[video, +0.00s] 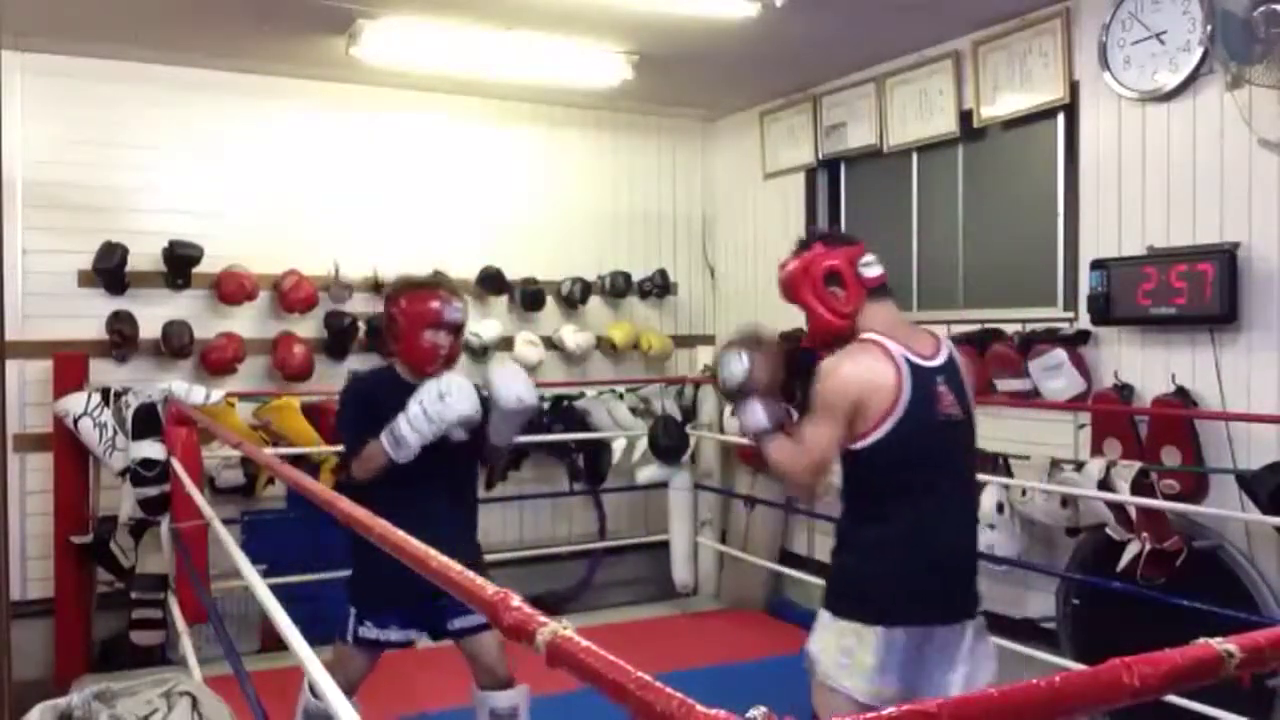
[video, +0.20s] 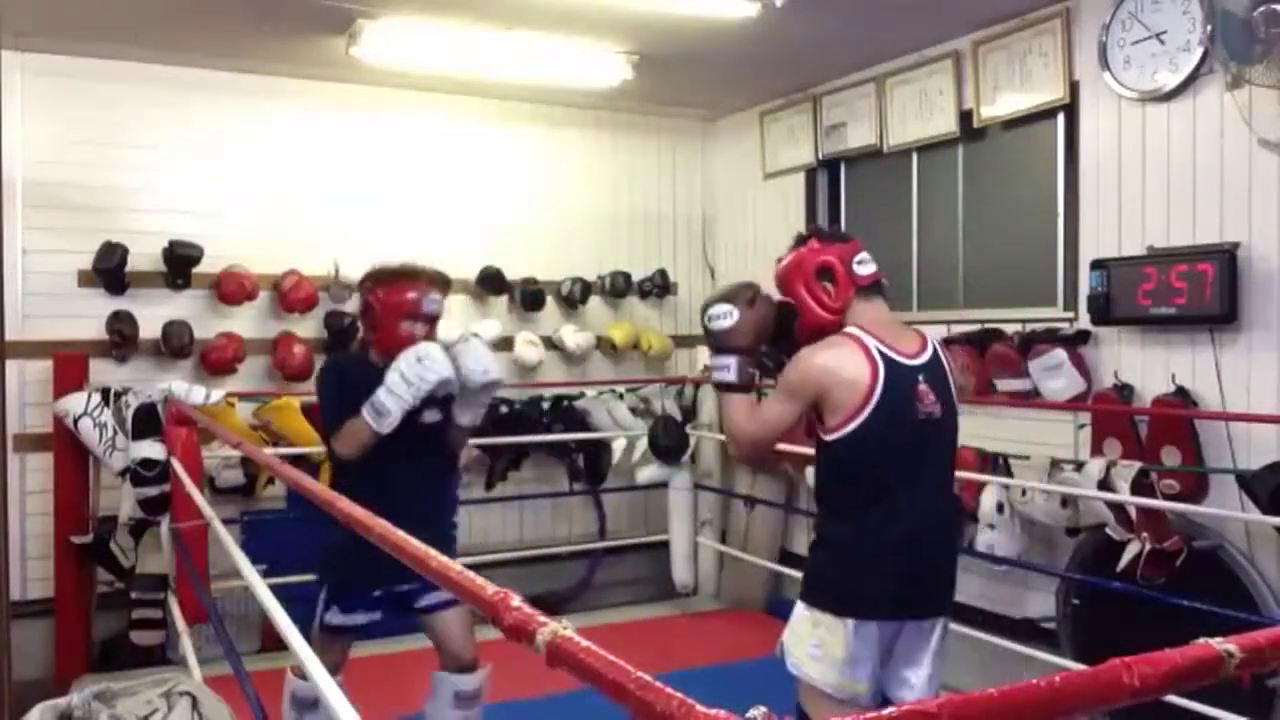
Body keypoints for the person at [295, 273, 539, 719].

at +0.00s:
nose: (443, 342)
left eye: (452, 332)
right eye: (432, 330)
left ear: (461, 339)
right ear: (399, 329)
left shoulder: (460, 394)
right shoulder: (366, 390)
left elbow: (488, 469)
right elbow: (357, 470)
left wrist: (507, 419)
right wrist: (413, 426)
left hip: (455, 560)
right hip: (384, 562)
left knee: (495, 671)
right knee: (346, 674)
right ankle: (311, 714)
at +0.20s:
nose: (422, 333)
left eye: (430, 322)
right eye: (411, 320)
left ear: (438, 324)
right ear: (377, 319)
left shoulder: (433, 373)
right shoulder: (343, 371)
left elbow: (448, 453)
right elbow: (343, 446)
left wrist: (472, 401)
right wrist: (395, 391)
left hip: (427, 540)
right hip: (355, 543)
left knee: (463, 660)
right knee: (323, 663)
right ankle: (302, 712)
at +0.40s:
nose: (413, 339)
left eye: (419, 328)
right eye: (402, 326)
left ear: (424, 331)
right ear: (365, 326)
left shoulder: (411, 383)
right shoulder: (328, 381)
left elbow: (427, 458)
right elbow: (339, 456)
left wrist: (446, 413)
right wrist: (402, 402)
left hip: (410, 548)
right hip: (347, 552)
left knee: (462, 654)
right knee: (317, 676)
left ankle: (437, 715)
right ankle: (301, 714)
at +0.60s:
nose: (419, 343)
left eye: (425, 332)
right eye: (408, 331)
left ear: (432, 336)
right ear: (374, 332)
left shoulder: (426, 387)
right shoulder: (340, 387)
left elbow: (451, 450)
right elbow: (366, 452)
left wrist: (467, 404)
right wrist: (423, 395)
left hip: (427, 555)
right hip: (359, 558)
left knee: (476, 649)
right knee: (333, 664)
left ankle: (514, 711)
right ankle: (304, 712)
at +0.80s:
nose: (446, 339)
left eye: (453, 329)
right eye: (434, 327)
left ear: (460, 334)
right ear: (401, 330)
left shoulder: (468, 384)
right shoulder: (362, 388)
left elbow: (507, 427)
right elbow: (350, 467)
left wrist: (533, 407)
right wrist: (396, 414)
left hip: (456, 561)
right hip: (384, 563)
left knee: (499, 662)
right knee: (350, 663)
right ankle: (311, 711)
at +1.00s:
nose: (464, 341)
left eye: (472, 329)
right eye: (452, 328)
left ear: (480, 331)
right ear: (416, 327)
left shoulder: (486, 379)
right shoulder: (378, 385)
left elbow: (545, 379)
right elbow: (359, 462)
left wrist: (590, 358)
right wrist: (390, 403)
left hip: (463, 553)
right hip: (389, 552)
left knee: (501, 669)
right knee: (335, 666)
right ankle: (306, 708)